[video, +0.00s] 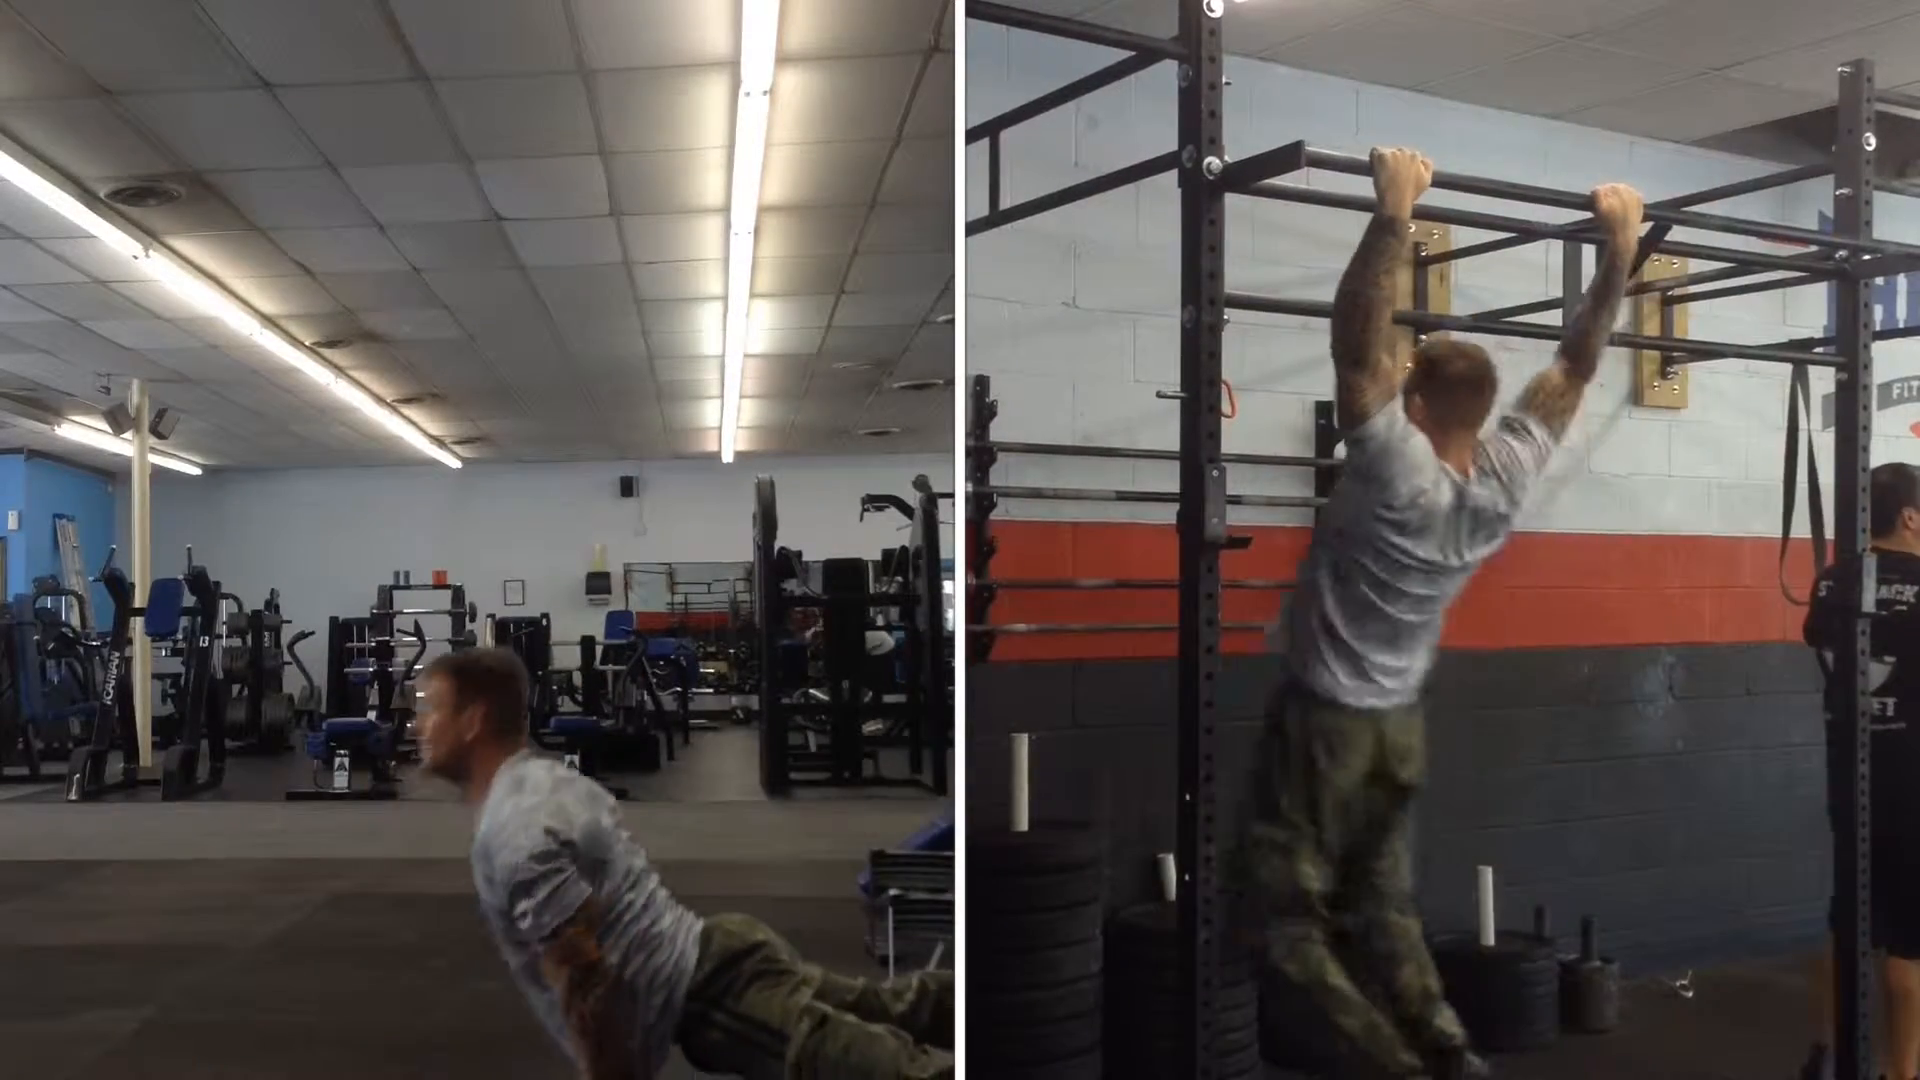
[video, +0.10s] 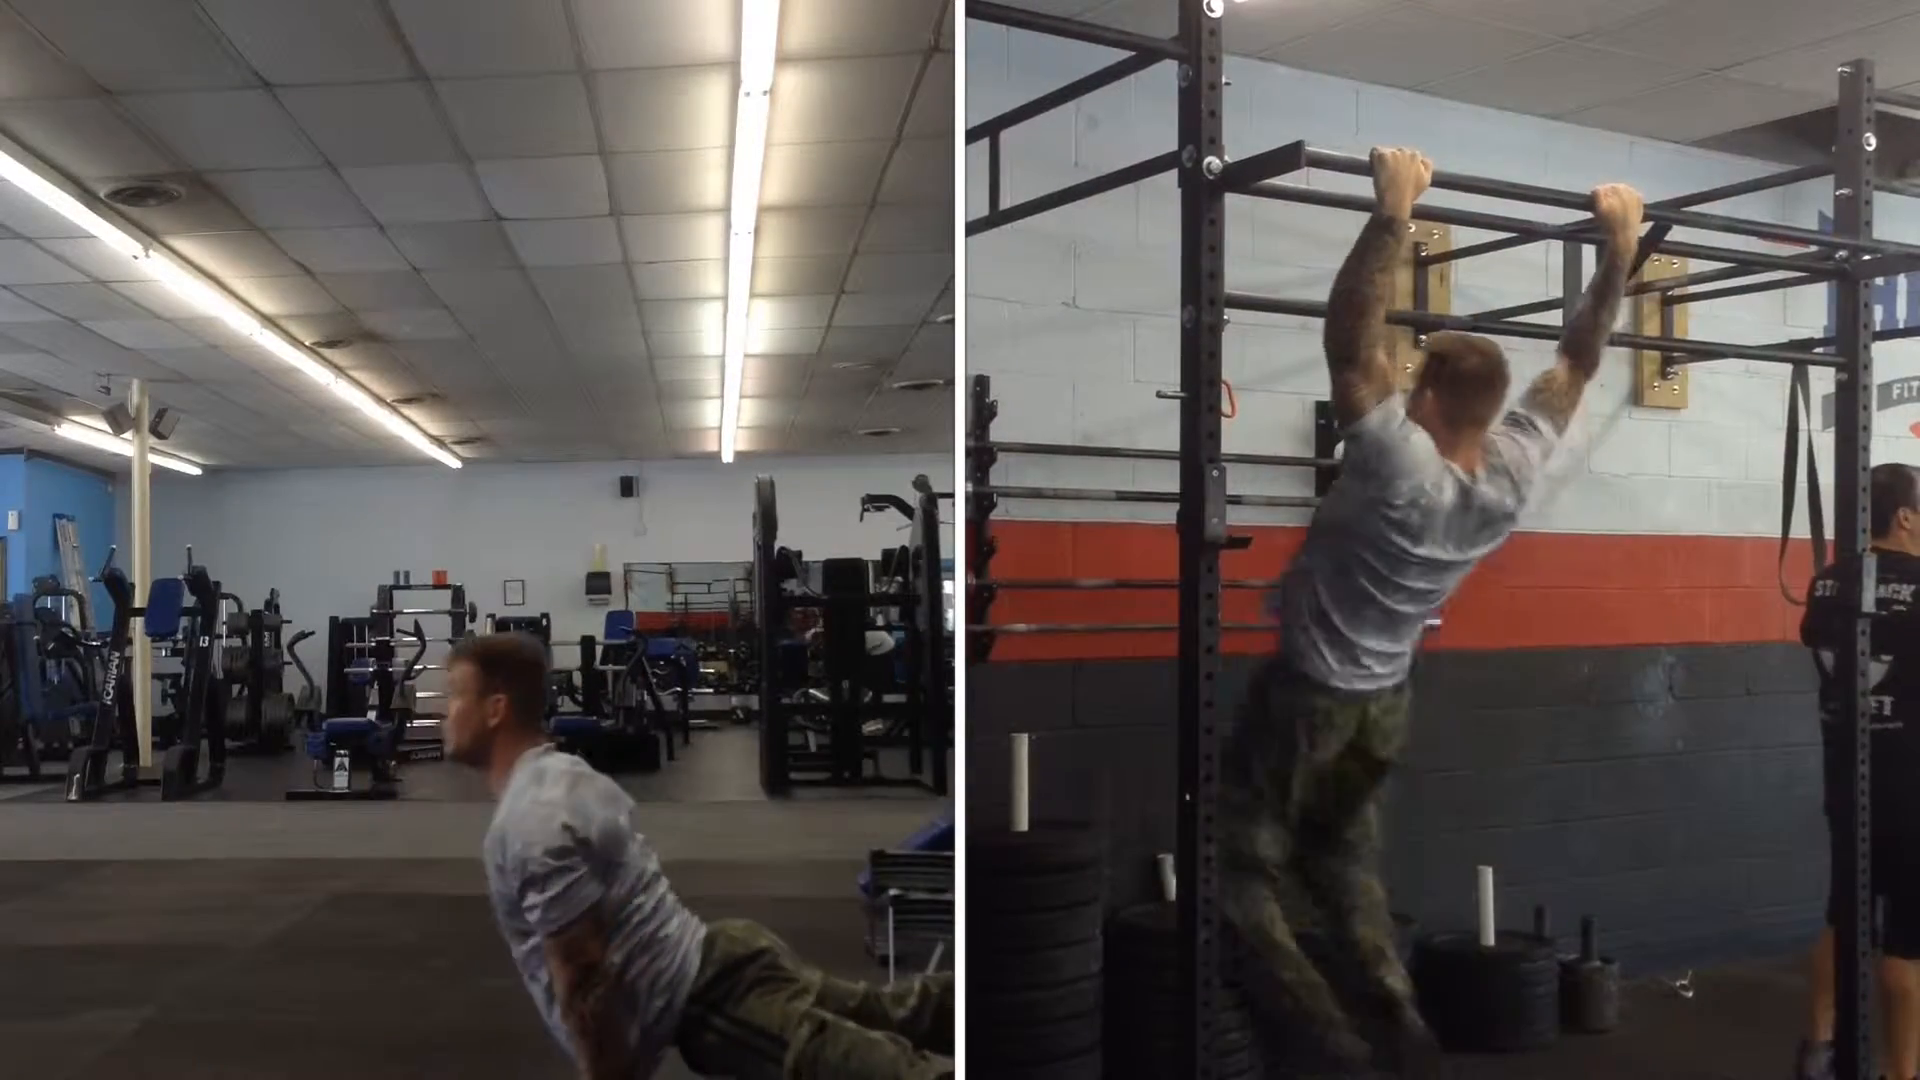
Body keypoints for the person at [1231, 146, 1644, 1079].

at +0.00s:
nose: (1399, 375)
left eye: (1409, 369)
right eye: (1409, 366)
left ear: (1418, 399)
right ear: (1485, 416)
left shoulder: (1387, 468)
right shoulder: (1491, 494)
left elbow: (1357, 337)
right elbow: (1573, 371)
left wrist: (1391, 215)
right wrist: (1618, 260)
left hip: (1323, 725)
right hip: (1400, 727)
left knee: (1281, 919)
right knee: (1379, 911)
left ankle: (1392, 1064)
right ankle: (1453, 1058)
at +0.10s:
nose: (1408, 374)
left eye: (1418, 368)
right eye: (1418, 365)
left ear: (1428, 394)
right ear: (1496, 411)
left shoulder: (1386, 459)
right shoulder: (1504, 486)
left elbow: (1352, 337)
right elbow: (1574, 366)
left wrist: (1389, 215)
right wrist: (1618, 261)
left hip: (1307, 698)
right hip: (1385, 705)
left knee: (1244, 880)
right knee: (1343, 870)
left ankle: (1331, 1059)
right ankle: (1406, 1050)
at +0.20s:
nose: (1439, 410)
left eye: (1445, 400)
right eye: (1451, 402)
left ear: (1456, 411)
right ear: (1523, 428)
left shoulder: (1414, 472)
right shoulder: (1531, 505)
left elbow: (1359, 350)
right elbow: (1585, 373)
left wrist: (1391, 218)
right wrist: (1620, 262)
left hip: (1322, 709)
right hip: (1393, 722)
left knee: (1191, 743)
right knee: (1288, 746)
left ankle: (1240, 929)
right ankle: (1307, 919)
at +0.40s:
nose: (1537, 396)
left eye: (1546, 385)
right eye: (1548, 385)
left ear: (1561, 400)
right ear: (1622, 414)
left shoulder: (1503, 469)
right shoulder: (1630, 488)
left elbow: (1393, 356)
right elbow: (1626, 379)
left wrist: (1397, 217)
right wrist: (1631, 252)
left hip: (1390, 667)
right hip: (1470, 683)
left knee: (1285, 511)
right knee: (1330, 514)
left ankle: (1150, 527)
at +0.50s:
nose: (1588, 323)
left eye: (1599, 315)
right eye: (1598, 312)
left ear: (1612, 327)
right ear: (1672, 339)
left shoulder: (1551, 383)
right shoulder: (1688, 435)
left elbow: (1414, 334)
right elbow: (1660, 332)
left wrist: (1404, 209)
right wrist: (1637, 241)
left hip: (1451, 550)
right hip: (1523, 596)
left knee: (1293, 437)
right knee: (1362, 470)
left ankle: (1150, 479)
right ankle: (1232, 524)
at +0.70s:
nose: (1575, 52)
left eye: (1581, 36)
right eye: (1580, 38)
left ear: (1598, 32)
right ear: (1657, 43)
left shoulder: (1571, 95)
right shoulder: (1726, 140)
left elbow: (1492, 203)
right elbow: (1746, 280)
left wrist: (1413, 169)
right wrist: (1670, 242)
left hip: (1511, 370)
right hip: (1591, 400)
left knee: (1334, 373)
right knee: (1416, 404)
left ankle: (1264, 562)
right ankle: (1330, 564)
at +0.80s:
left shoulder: (1543, 18)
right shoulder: (1694, 50)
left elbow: (1482, 103)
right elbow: (1764, 177)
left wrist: (1406, 141)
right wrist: (1664, 174)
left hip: (1535, 313)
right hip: (1619, 353)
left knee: (1373, 415)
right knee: (1440, 436)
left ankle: (1316, 629)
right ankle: (1364, 610)